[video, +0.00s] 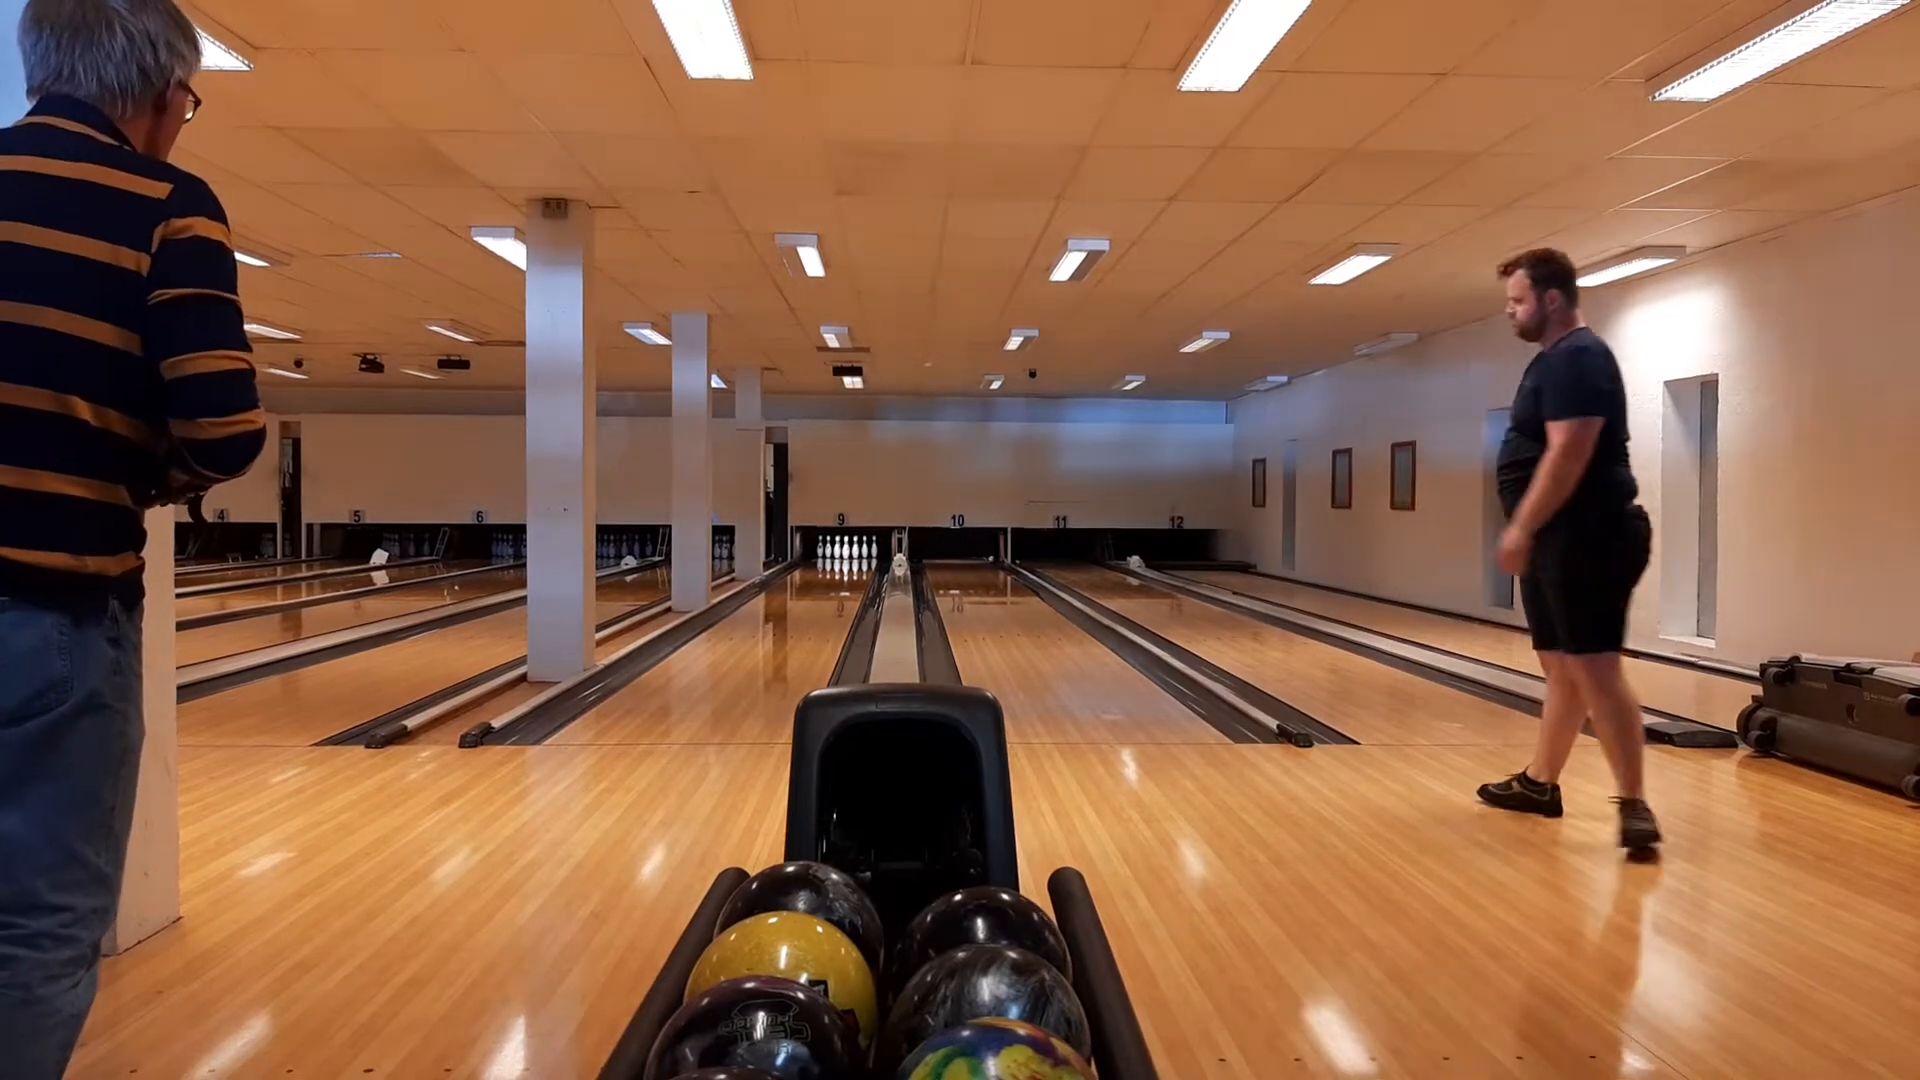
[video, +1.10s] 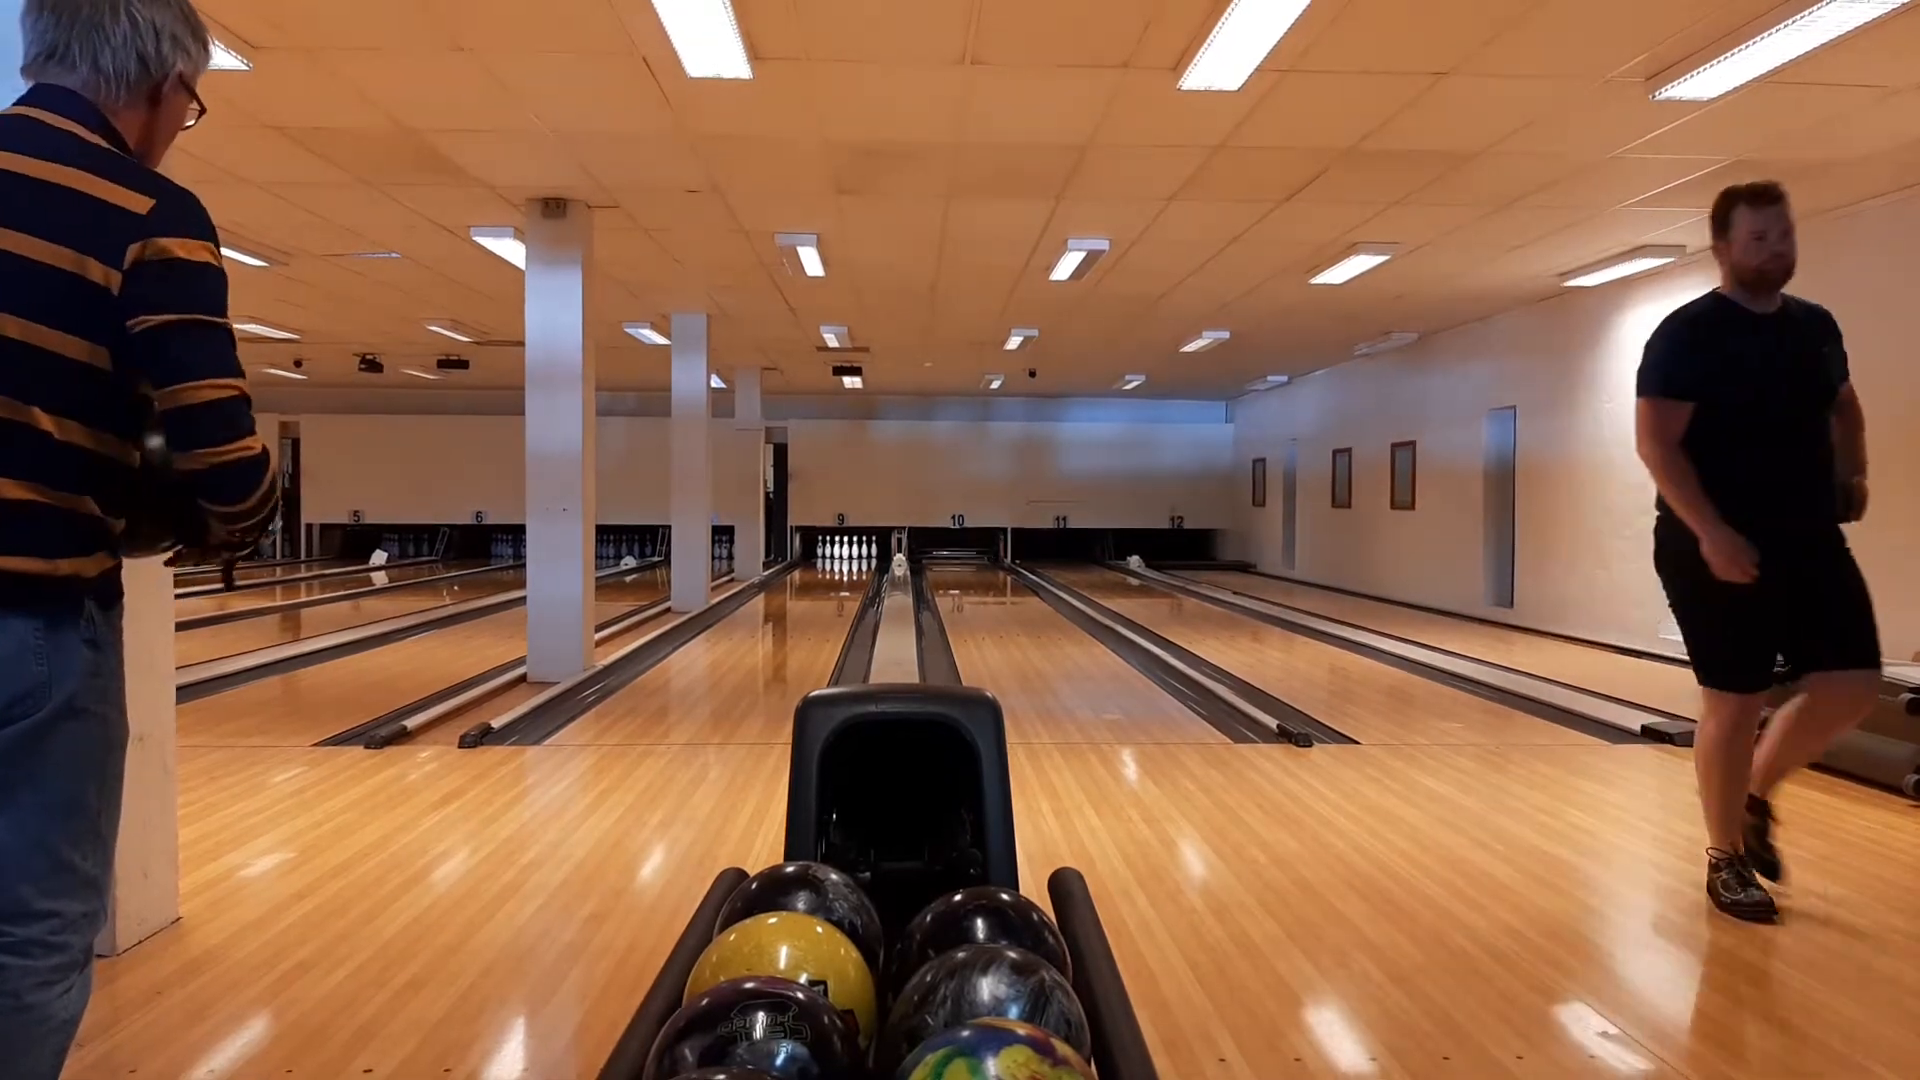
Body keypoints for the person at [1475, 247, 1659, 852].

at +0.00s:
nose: (1509, 312)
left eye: (1515, 301)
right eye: (1508, 302)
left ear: (1551, 299)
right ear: (1548, 301)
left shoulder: (1576, 356)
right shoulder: (1557, 359)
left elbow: (1570, 448)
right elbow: (1565, 449)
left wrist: (1521, 526)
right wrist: (1527, 527)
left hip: (1588, 531)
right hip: (1555, 532)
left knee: (1597, 669)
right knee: (1559, 664)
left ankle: (1634, 806)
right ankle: (1541, 783)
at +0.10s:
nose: (1535, 310)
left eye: (1544, 299)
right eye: (1533, 300)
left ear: (1582, 296)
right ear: (1563, 301)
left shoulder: (1613, 357)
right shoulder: (1554, 364)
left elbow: (1619, 452)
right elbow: (1555, 453)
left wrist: (1583, 537)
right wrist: (1549, 533)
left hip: (1621, 538)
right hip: (1561, 538)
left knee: (1632, 681)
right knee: (1565, 674)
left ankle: (1651, 812)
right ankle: (1541, 782)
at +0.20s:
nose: (1563, 303)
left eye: (1574, 292)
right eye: (1561, 293)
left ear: (1615, 292)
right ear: (1568, 295)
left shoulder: (1651, 355)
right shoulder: (1563, 363)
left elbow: (1670, 450)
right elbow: (1566, 453)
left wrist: (1646, 536)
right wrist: (1561, 534)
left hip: (1644, 541)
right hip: (1573, 541)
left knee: (1648, 679)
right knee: (1558, 666)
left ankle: (1653, 813)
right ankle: (1541, 783)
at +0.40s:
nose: (1622, 288)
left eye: (1636, 277)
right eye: (1616, 277)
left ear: (1673, 279)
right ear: (1611, 280)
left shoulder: (1715, 349)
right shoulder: (1588, 350)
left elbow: (1769, 430)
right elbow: (1560, 440)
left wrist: (1744, 512)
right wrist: (1544, 516)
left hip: (1684, 544)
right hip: (1594, 538)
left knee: (1665, 678)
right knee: (1565, 664)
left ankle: (1655, 813)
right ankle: (1556, 793)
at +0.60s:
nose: (1673, 278)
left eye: (1689, 268)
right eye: (1663, 266)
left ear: (1716, 273)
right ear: (1648, 270)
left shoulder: (1757, 350)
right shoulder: (1607, 347)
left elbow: (1822, 428)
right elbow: (1563, 433)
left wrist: (1771, 506)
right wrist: (1555, 502)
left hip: (1713, 541)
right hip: (1623, 537)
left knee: (1681, 678)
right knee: (1630, 677)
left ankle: (1658, 812)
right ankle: (1627, 821)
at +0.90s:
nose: (1727, 269)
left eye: (1738, 257)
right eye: (1711, 259)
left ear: (1753, 264)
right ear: (1682, 269)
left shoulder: (1787, 342)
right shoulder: (1650, 349)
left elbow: (1826, 425)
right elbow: (1604, 455)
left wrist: (1820, 503)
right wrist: (1632, 543)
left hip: (1768, 543)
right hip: (1682, 544)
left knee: (1741, 697)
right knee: (1716, 697)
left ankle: (1660, 796)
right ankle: (1727, 859)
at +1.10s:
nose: (1778, 246)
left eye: (1784, 233)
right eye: (1760, 236)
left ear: (1794, 241)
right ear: (1721, 248)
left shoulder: (1815, 329)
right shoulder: (1684, 334)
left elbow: (1844, 408)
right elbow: (1654, 443)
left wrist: (1853, 474)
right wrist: (1711, 534)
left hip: (1804, 530)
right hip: (1710, 535)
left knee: (1849, 685)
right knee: (1734, 696)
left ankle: (1750, 790)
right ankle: (1724, 855)